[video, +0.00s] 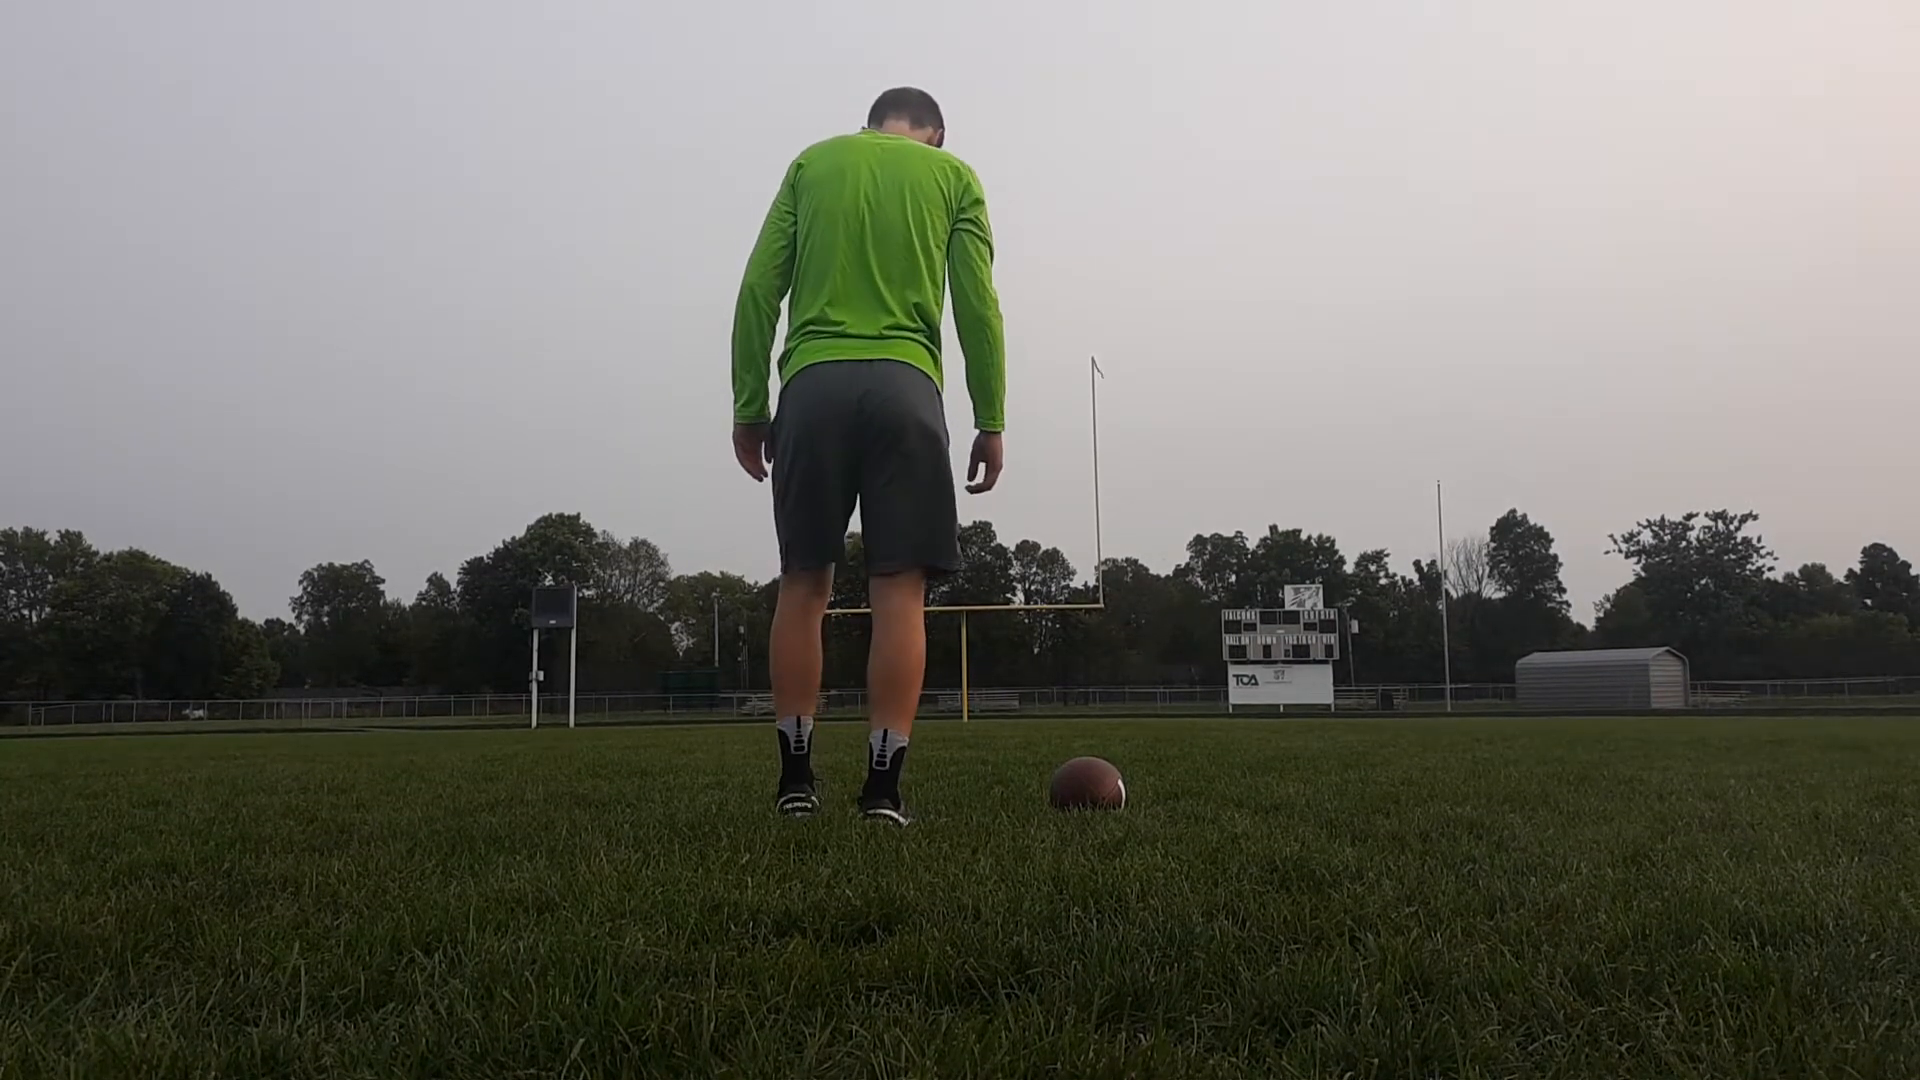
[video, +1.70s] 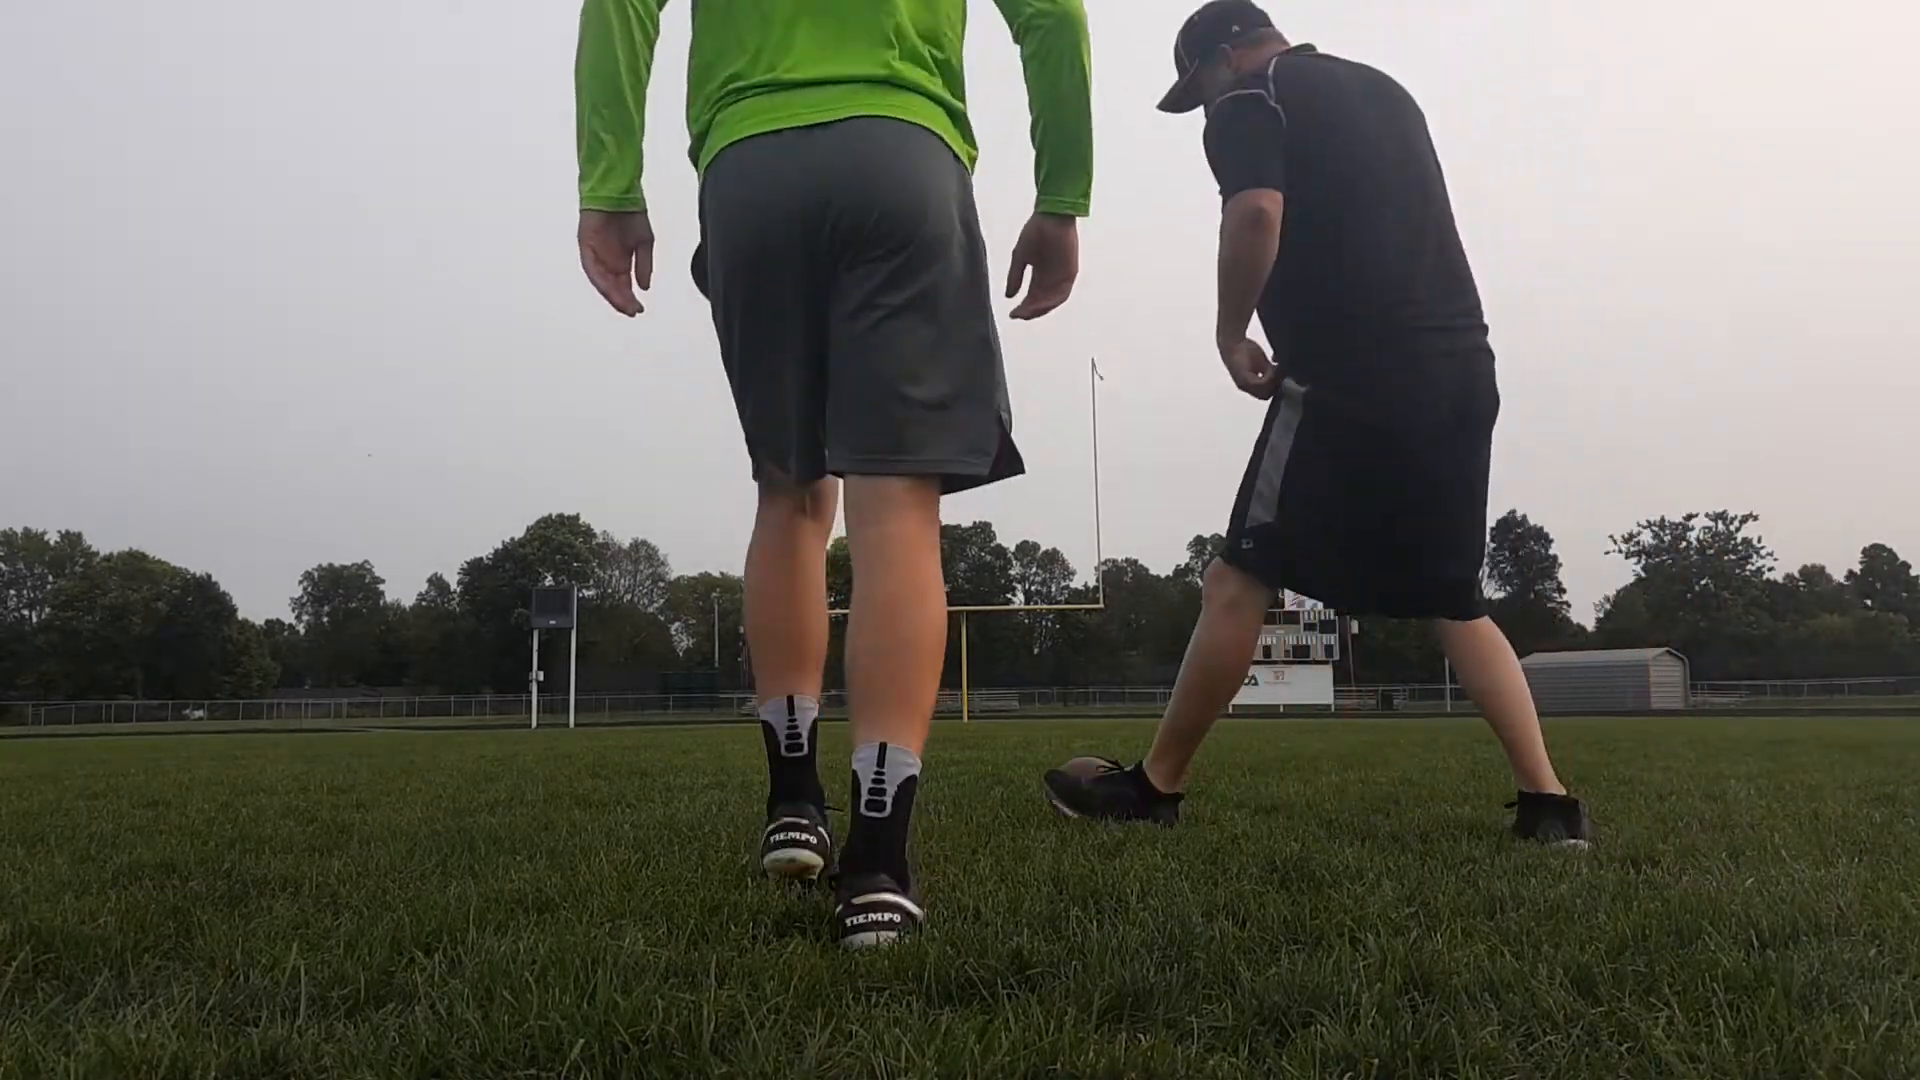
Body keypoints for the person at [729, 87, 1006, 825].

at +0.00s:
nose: (938, 156)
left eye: (933, 146)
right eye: (941, 145)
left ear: (871, 121)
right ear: (932, 132)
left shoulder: (812, 162)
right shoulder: (952, 174)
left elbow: (759, 287)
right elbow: (977, 300)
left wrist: (749, 408)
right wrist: (991, 420)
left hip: (814, 387)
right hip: (907, 390)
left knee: (802, 584)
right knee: (900, 590)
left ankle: (795, 781)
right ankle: (883, 792)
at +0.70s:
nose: (868, 50)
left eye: (819, 40)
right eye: (873, 38)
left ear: (797, 34)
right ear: (874, 33)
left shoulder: (754, 93)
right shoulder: (923, 91)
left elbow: (698, 258)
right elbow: (972, 219)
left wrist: (720, 384)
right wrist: (983, 357)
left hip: (788, 342)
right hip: (894, 350)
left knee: (795, 582)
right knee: (887, 586)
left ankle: (804, 818)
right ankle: (887, 786)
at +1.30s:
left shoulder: (710, 2)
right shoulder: (929, 4)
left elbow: (647, 105)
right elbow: (974, 99)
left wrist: (653, 285)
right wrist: (998, 271)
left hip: (756, 253)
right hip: (882, 247)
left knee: (786, 547)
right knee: (906, 534)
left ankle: (803, 826)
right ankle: (892, 730)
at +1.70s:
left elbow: (618, 7)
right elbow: (1051, 16)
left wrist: (610, 184)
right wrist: (1060, 200)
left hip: (749, 157)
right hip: (906, 148)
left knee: (790, 493)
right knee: (899, 505)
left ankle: (792, 801)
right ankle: (879, 864)